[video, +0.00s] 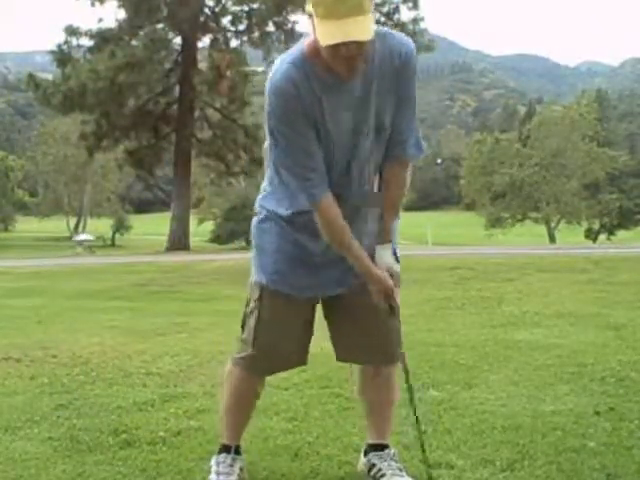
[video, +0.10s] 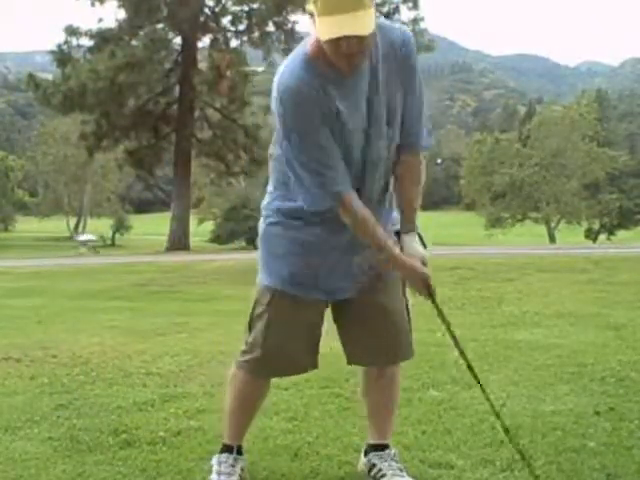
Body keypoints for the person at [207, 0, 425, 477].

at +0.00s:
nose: (352, 52)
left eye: (359, 41)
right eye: (339, 43)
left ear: (371, 23)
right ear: (314, 30)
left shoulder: (397, 56)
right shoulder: (288, 82)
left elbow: (398, 156)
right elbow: (315, 194)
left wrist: (387, 241)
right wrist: (365, 266)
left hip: (363, 229)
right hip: (291, 228)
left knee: (382, 346)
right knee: (259, 348)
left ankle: (379, 453)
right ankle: (228, 454)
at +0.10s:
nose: (351, 48)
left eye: (359, 36)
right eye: (338, 39)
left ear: (374, 19)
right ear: (315, 26)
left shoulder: (397, 46)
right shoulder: (296, 84)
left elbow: (409, 148)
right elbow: (341, 195)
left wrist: (410, 232)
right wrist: (399, 259)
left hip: (372, 223)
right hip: (299, 227)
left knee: (386, 341)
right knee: (265, 347)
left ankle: (379, 452)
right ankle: (229, 455)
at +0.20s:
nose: (343, 47)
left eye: (353, 33)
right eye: (331, 36)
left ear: (369, 18)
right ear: (313, 27)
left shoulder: (390, 35)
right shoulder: (299, 89)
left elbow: (417, 128)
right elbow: (358, 189)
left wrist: (431, 214)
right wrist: (429, 245)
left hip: (369, 222)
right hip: (299, 228)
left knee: (386, 341)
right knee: (266, 348)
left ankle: (379, 453)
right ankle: (229, 454)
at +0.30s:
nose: (337, 44)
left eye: (346, 30)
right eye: (325, 34)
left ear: (361, 15)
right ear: (305, 24)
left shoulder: (379, 31)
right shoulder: (298, 90)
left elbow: (416, 119)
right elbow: (368, 183)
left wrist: (441, 204)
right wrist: (445, 233)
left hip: (364, 219)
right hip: (294, 226)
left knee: (383, 339)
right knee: (261, 347)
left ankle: (379, 451)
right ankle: (228, 454)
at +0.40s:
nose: (325, 42)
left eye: (334, 29)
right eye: (312, 32)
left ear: (352, 15)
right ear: (292, 24)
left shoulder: (369, 28)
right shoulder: (286, 89)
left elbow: (410, 115)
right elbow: (355, 182)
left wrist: (433, 205)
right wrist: (429, 233)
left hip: (356, 222)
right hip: (283, 227)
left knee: (375, 341)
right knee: (251, 350)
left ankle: (378, 454)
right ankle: (227, 456)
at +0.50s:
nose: (307, 37)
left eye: (318, 24)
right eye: (294, 27)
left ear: (336, 10)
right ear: (277, 18)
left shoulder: (365, 32)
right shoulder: (264, 81)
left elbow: (394, 128)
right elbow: (317, 186)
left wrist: (398, 208)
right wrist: (382, 249)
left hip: (346, 217)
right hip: (269, 221)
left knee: (369, 339)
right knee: (241, 348)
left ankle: (378, 455)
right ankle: (226, 457)